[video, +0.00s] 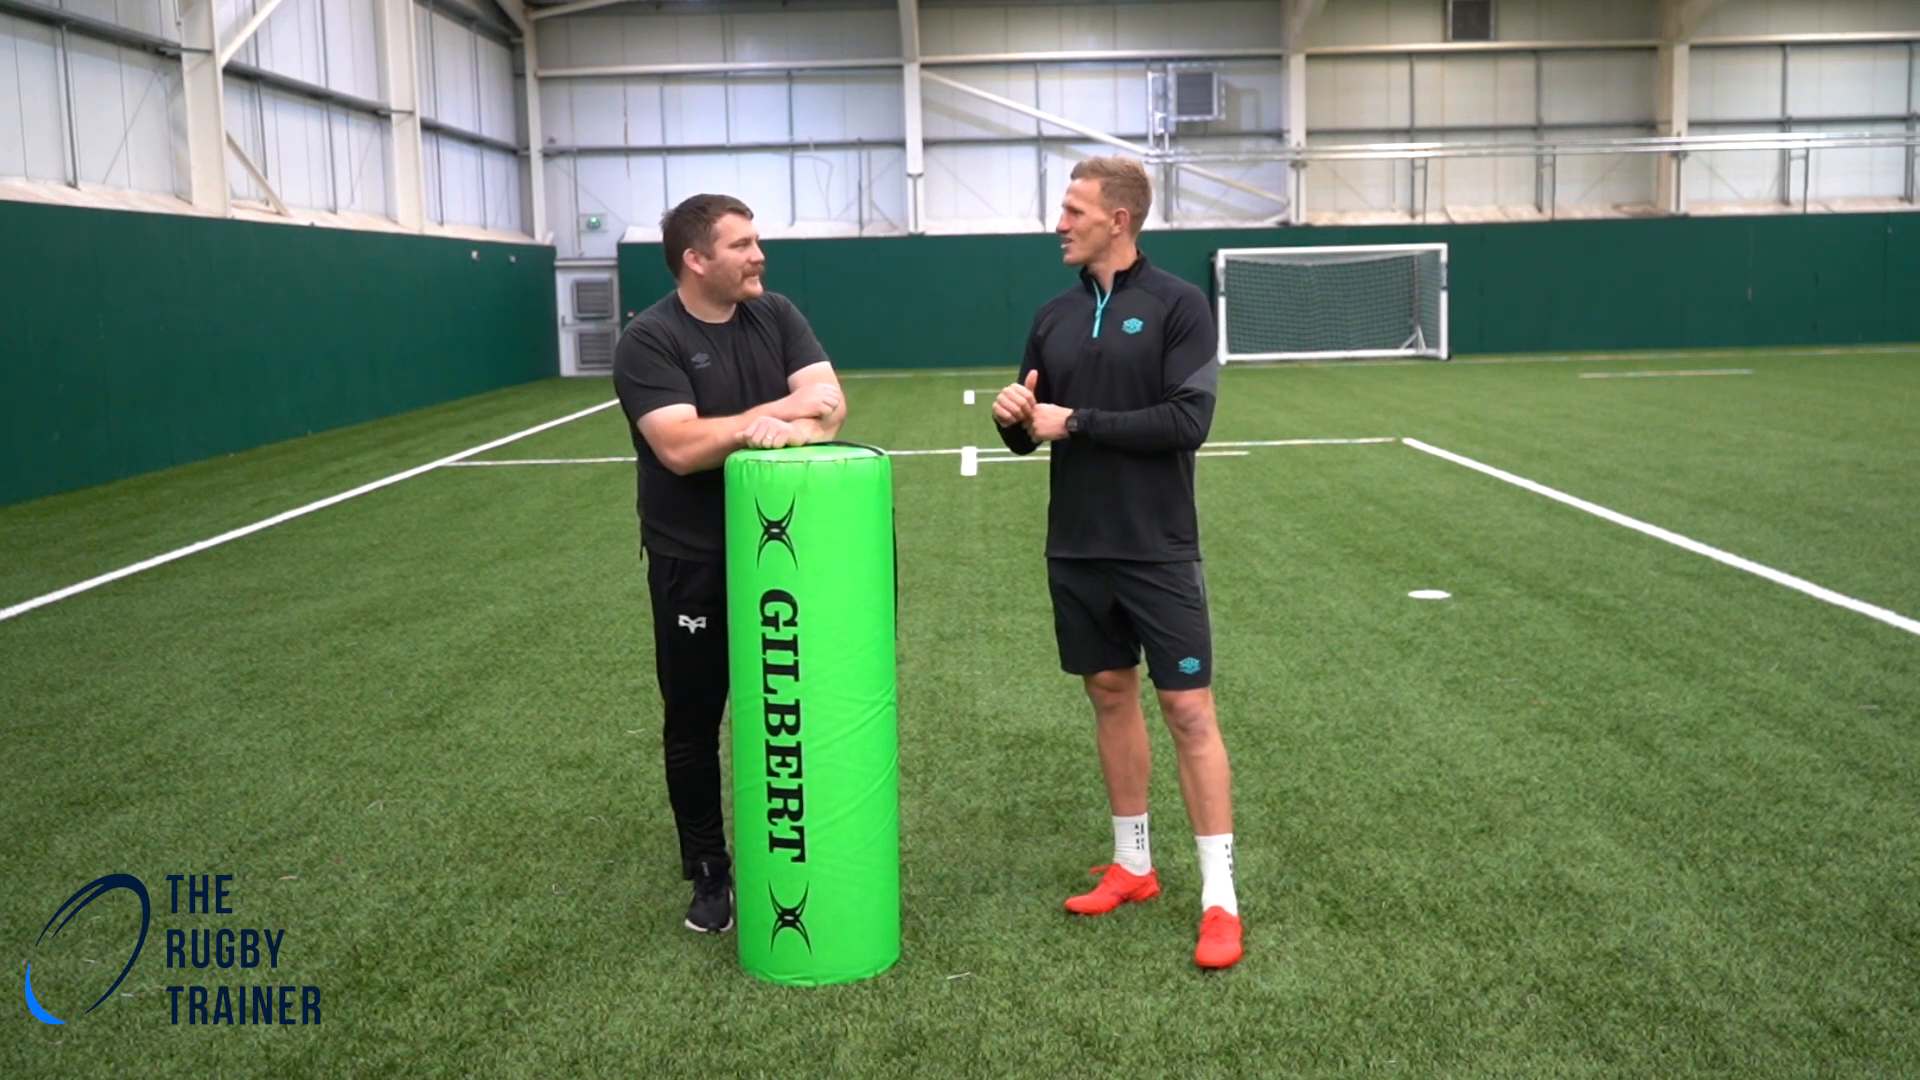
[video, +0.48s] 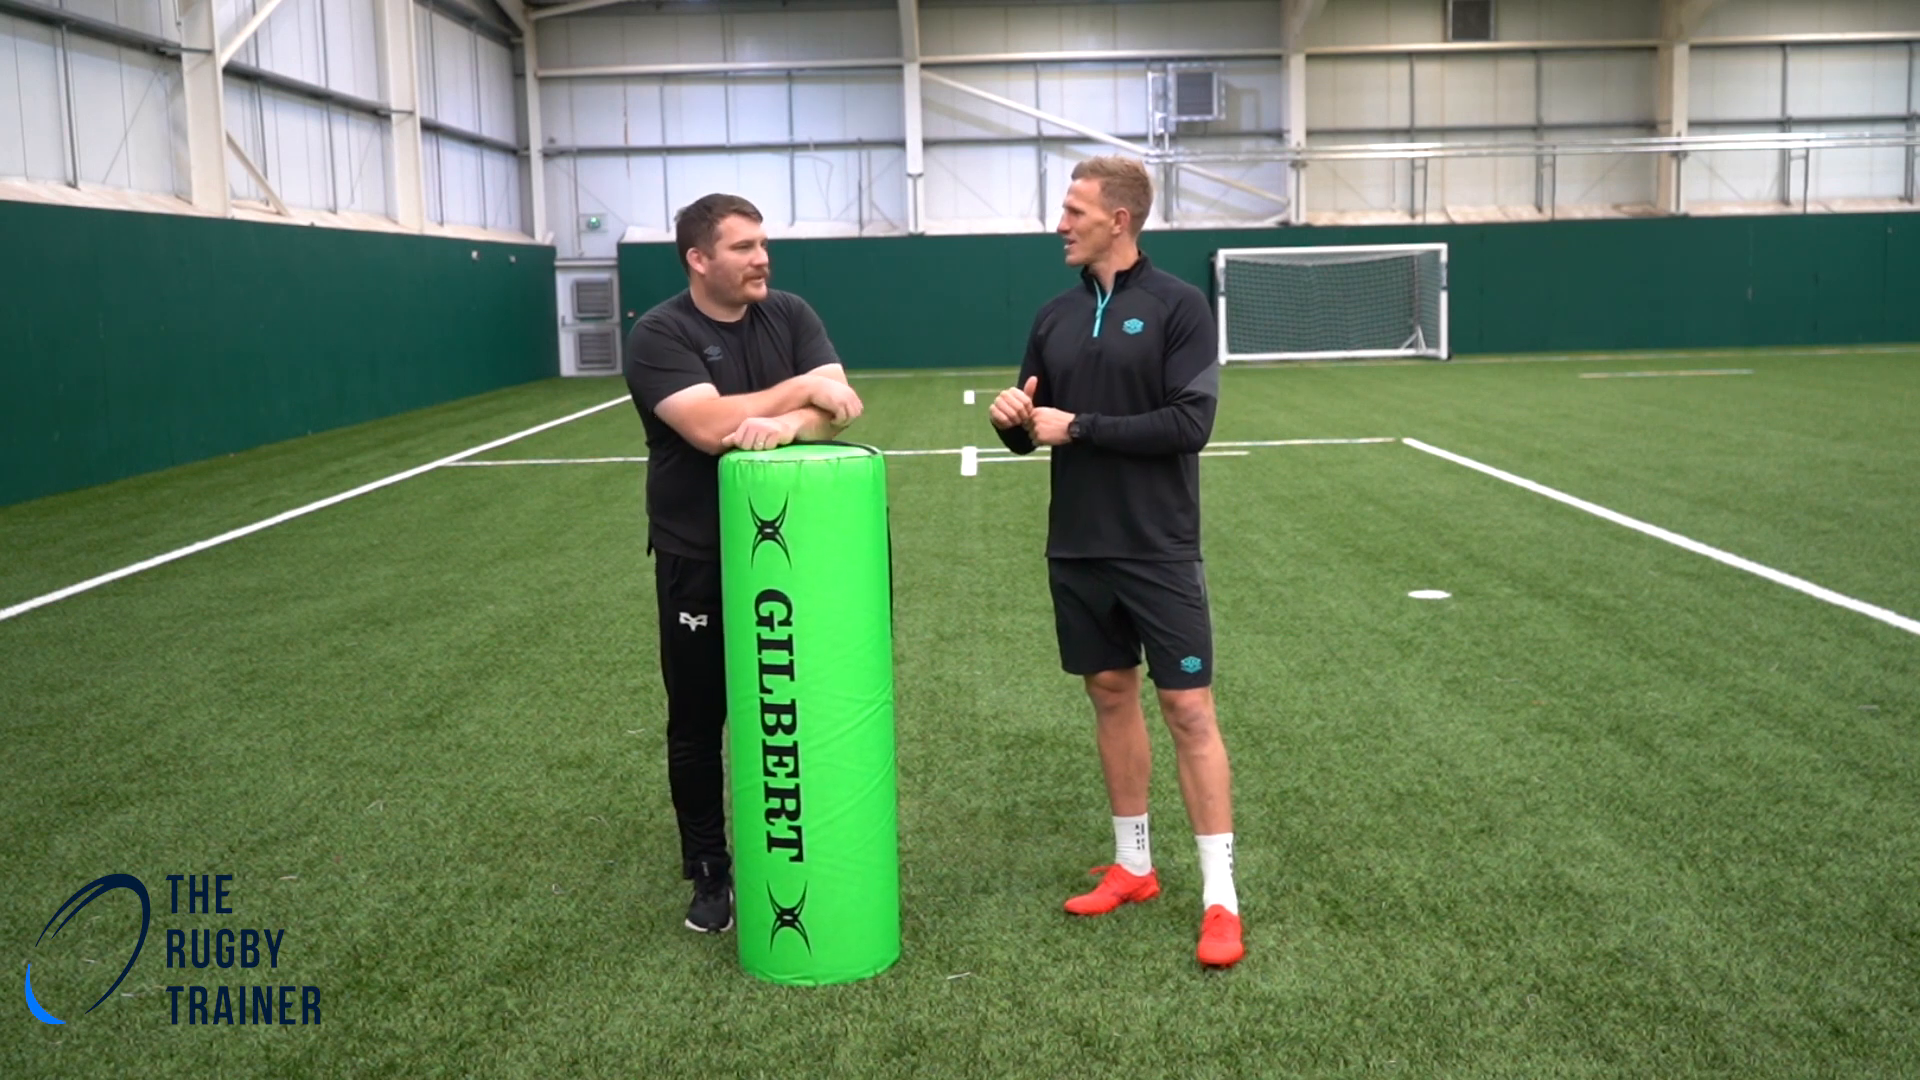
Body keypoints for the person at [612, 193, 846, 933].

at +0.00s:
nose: (757, 255)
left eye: (756, 242)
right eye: (741, 246)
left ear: (740, 254)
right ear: (692, 260)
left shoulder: (775, 314)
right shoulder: (646, 342)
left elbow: (828, 405)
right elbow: (680, 450)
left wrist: (753, 425)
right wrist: (785, 412)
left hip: (782, 554)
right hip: (693, 561)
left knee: (793, 716)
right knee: (694, 726)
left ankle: (804, 866)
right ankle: (710, 873)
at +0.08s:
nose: (755, 255)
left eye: (754, 243)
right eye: (740, 246)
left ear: (740, 254)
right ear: (691, 260)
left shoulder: (773, 314)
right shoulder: (646, 342)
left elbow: (827, 405)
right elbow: (679, 450)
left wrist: (759, 424)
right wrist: (785, 412)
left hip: (781, 554)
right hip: (692, 562)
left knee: (793, 715)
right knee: (694, 726)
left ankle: (804, 866)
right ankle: (709, 874)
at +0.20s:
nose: (755, 256)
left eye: (754, 243)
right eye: (739, 247)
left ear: (743, 253)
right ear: (690, 260)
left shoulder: (775, 314)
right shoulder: (645, 342)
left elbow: (828, 406)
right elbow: (680, 447)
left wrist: (751, 423)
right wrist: (785, 410)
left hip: (782, 555)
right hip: (692, 561)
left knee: (793, 716)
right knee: (694, 726)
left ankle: (804, 867)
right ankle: (710, 873)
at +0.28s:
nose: (755, 257)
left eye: (755, 244)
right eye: (739, 247)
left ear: (750, 251)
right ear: (691, 260)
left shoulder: (778, 316)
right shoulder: (646, 340)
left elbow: (830, 406)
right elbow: (685, 443)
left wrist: (764, 423)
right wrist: (788, 406)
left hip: (783, 556)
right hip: (693, 562)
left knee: (793, 716)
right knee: (694, 726)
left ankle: (802, 868)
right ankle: (710, 874)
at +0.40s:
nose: (758, 258)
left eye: (759, 244)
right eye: (741, 248)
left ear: (757, 250)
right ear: (694, 260)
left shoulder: (783, 315)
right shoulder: (652, 336)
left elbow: (833, 406)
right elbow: (696, 433)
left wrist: (775, 429)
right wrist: (794, 392)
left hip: (784, 555)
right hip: (694, 559)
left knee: (791, 713)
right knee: (695, 722)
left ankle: (800, 864)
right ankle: (709, 871)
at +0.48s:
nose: (761, 259)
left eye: (763, 245)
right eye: (743, 248)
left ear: (762, 250)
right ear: (697, 259)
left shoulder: (789, 314)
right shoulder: (656, 335)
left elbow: (837, 405)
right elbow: (709, 428)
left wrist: (775, 423)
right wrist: (813, 398)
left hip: (790, 554)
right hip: (697, 558)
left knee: (795, 712)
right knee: (698, 722)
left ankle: (802, 864)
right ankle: (709, 872)